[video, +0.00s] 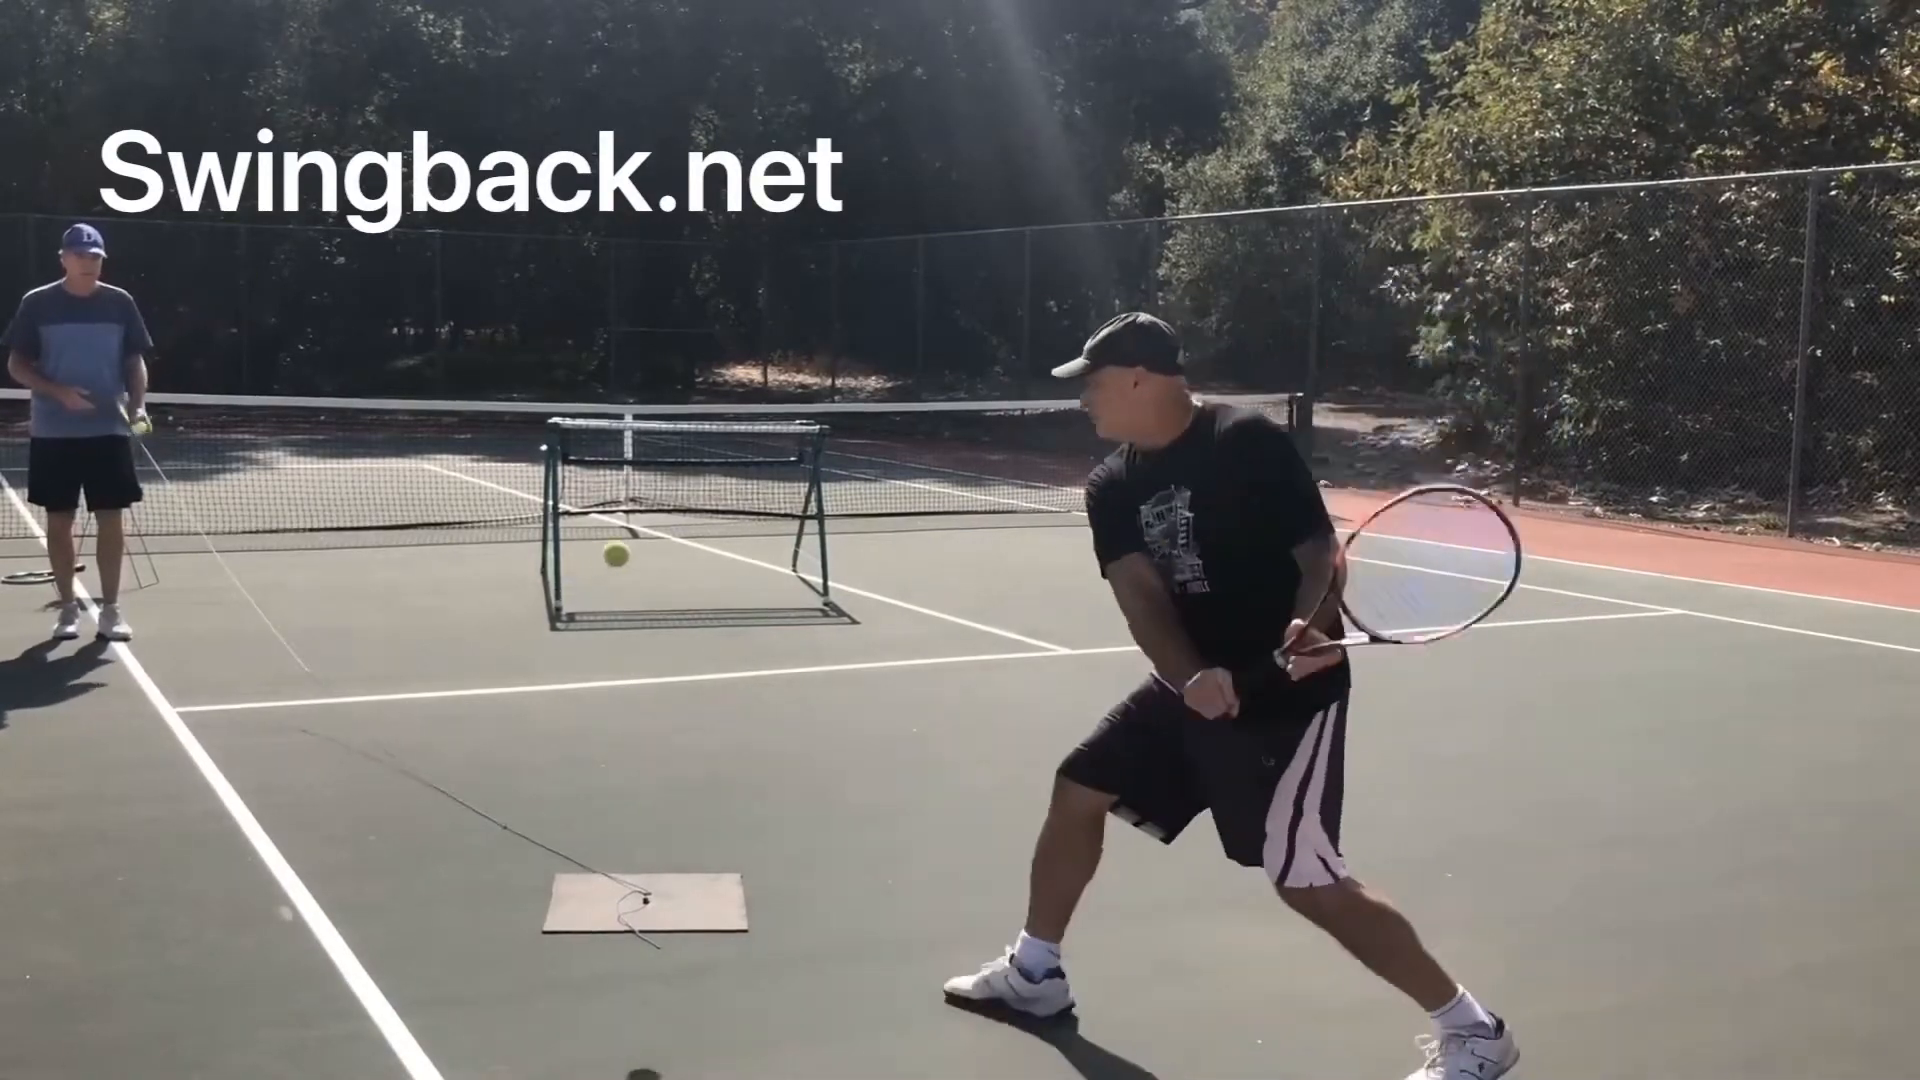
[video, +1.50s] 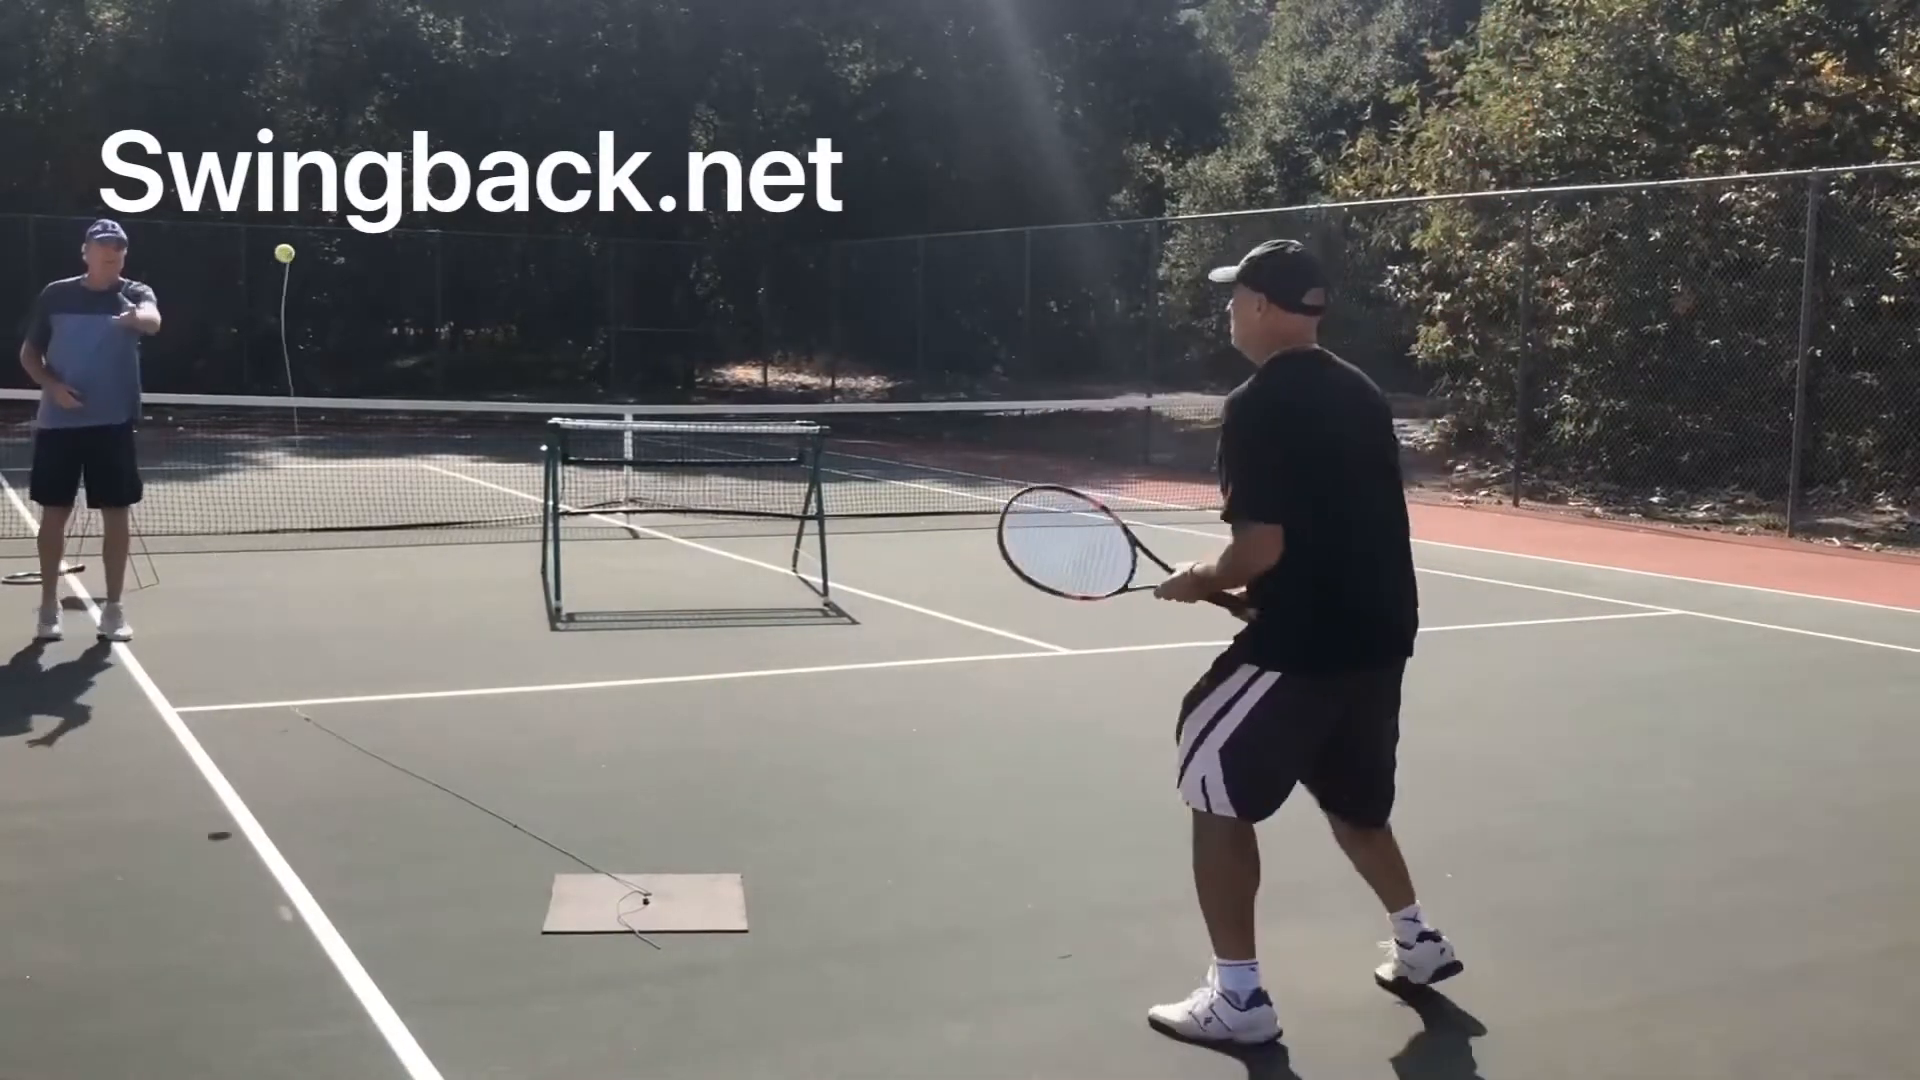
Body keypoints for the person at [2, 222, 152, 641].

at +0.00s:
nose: (87, 265)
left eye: (94, 258)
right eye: (80, 257)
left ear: (103, 260)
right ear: (63, 257)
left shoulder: (120, 302)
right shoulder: (36, 303)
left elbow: (135, 360)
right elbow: (17, 365)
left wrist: (138, 404)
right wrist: (59, 392)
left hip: (108, 433)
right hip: (54, 436)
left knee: (111, 518)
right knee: (59, 520)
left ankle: (110, 609)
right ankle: (68, 608)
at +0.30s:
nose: (88, 266)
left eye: (95, 259)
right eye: (81, 258)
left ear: (104, 262)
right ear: (64, 259)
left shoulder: (120, 303)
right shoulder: (37, 303)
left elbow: (135, 363)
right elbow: (16, 364)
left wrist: (140, 412)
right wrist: (56, 392)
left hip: (108, 434)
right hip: (54, 436)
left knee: (110, 518)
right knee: (59, 520)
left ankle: (110, 609)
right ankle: (69, 607)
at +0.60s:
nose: (93, 268)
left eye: (99, 260)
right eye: (85, 259)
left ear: (108, 263)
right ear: (68, 260)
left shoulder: (123, 305)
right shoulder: (39, 303)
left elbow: (135, 367)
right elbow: (16, 363)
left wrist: (139, 422)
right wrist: (56, 394)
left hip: (108, 435)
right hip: (54, 437)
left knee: (110, 519)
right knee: (59, 521)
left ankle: (110, 609)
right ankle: (69, 607)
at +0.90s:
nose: (102, 271)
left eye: (108, 264)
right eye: (94, 263)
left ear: (117, 268)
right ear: (76, 264)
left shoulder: (131, 312)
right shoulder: (45, 305)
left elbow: (139, 375)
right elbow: (18, 362)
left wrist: (139, 431)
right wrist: (54, 397)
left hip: (108, 438)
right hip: (54, 439)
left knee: (114, 520)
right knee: (59, 521)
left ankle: (111, 609)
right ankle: (68, 606)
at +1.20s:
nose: (111, 254)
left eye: (115, 247)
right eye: (102, 247)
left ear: (121, 254)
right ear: (82, 253)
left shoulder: (137, 294)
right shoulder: (52, 296)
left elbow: (161, 314)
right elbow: (27, 353)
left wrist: (184, 323)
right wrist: (54, 387)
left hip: (113, 428)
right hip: (59, 429)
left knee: (114, 516)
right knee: (60, 515)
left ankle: (112, 609)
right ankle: (67, 605)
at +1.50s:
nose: (114, 254)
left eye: (118, 247)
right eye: (105, 246)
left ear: (126, 254)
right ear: (86, 251)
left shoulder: (137, 293)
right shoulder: (56, 294)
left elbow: (152, 318)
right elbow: (28, 353)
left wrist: (135, 317)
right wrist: (52, 385)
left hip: (114, 426)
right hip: (60, 427)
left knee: (117, 516)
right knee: (54, 514)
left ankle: (113, 608)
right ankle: (48, 606)